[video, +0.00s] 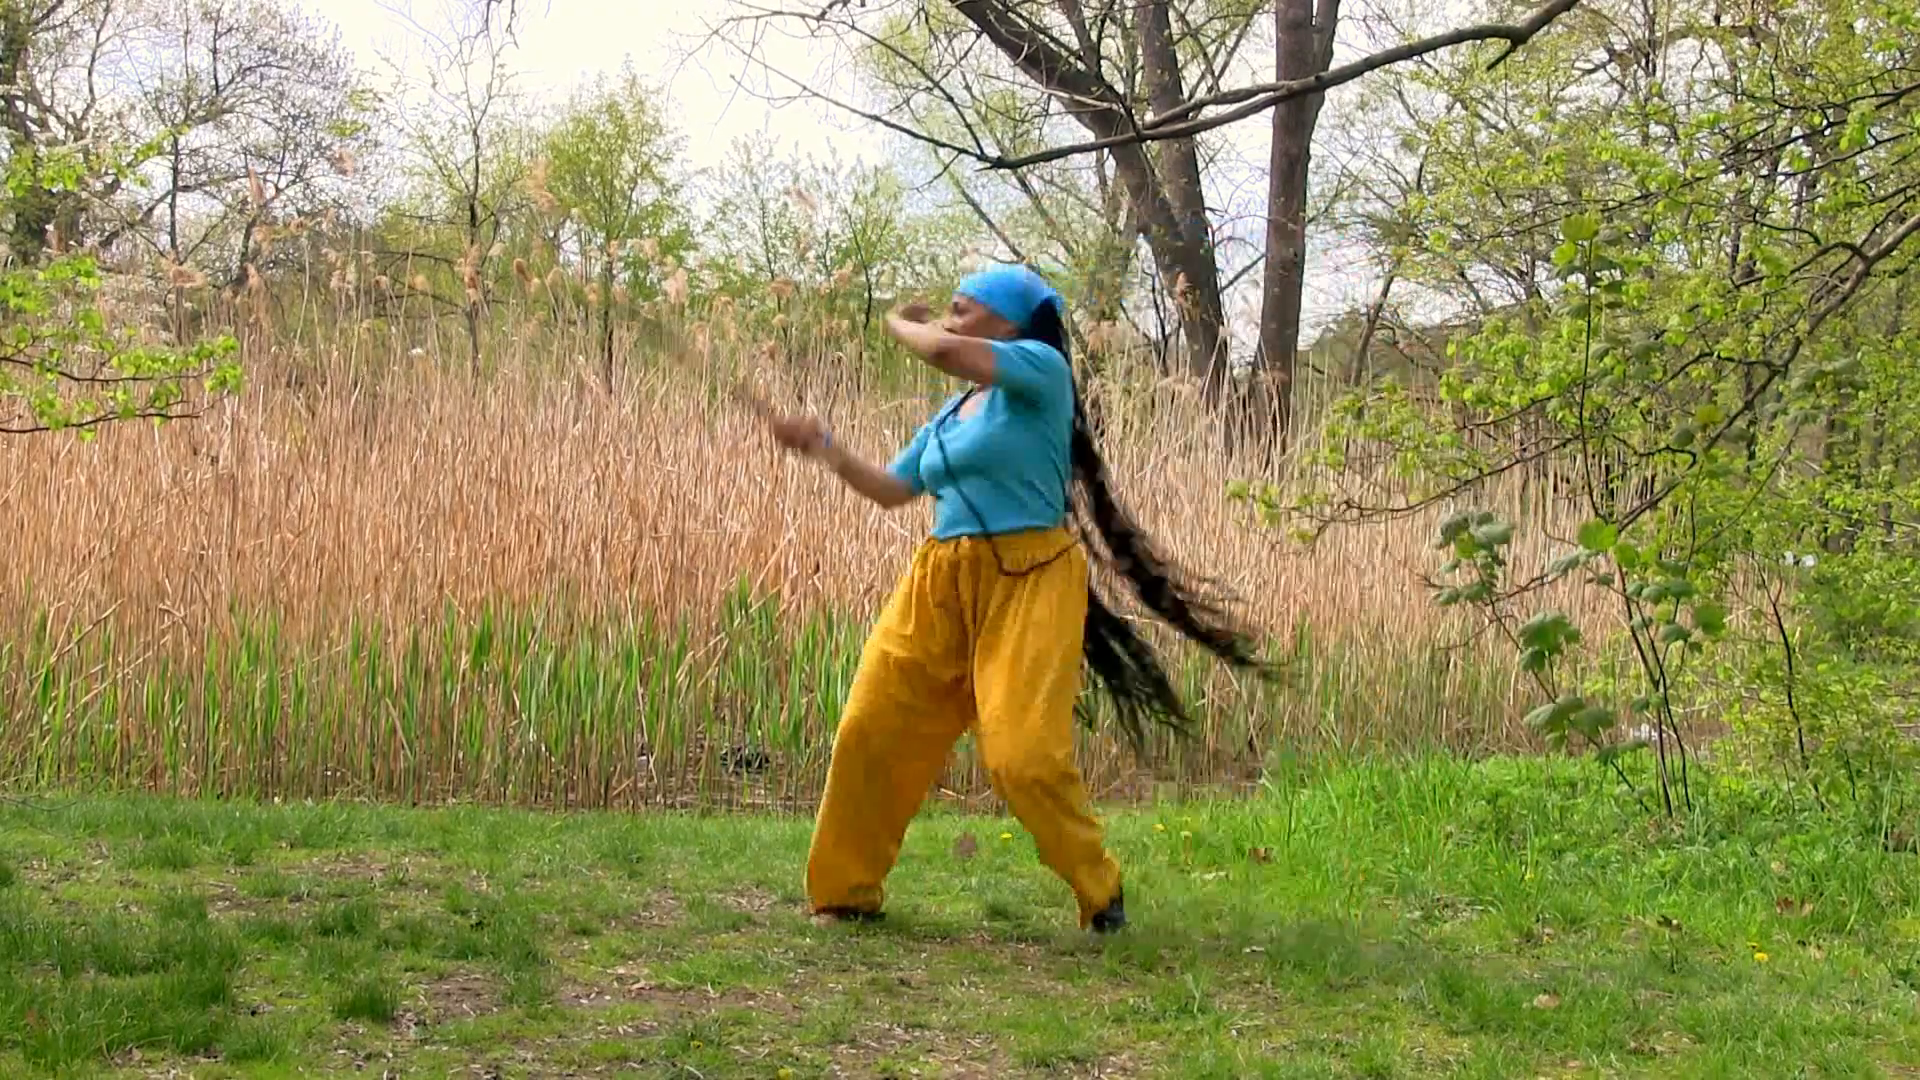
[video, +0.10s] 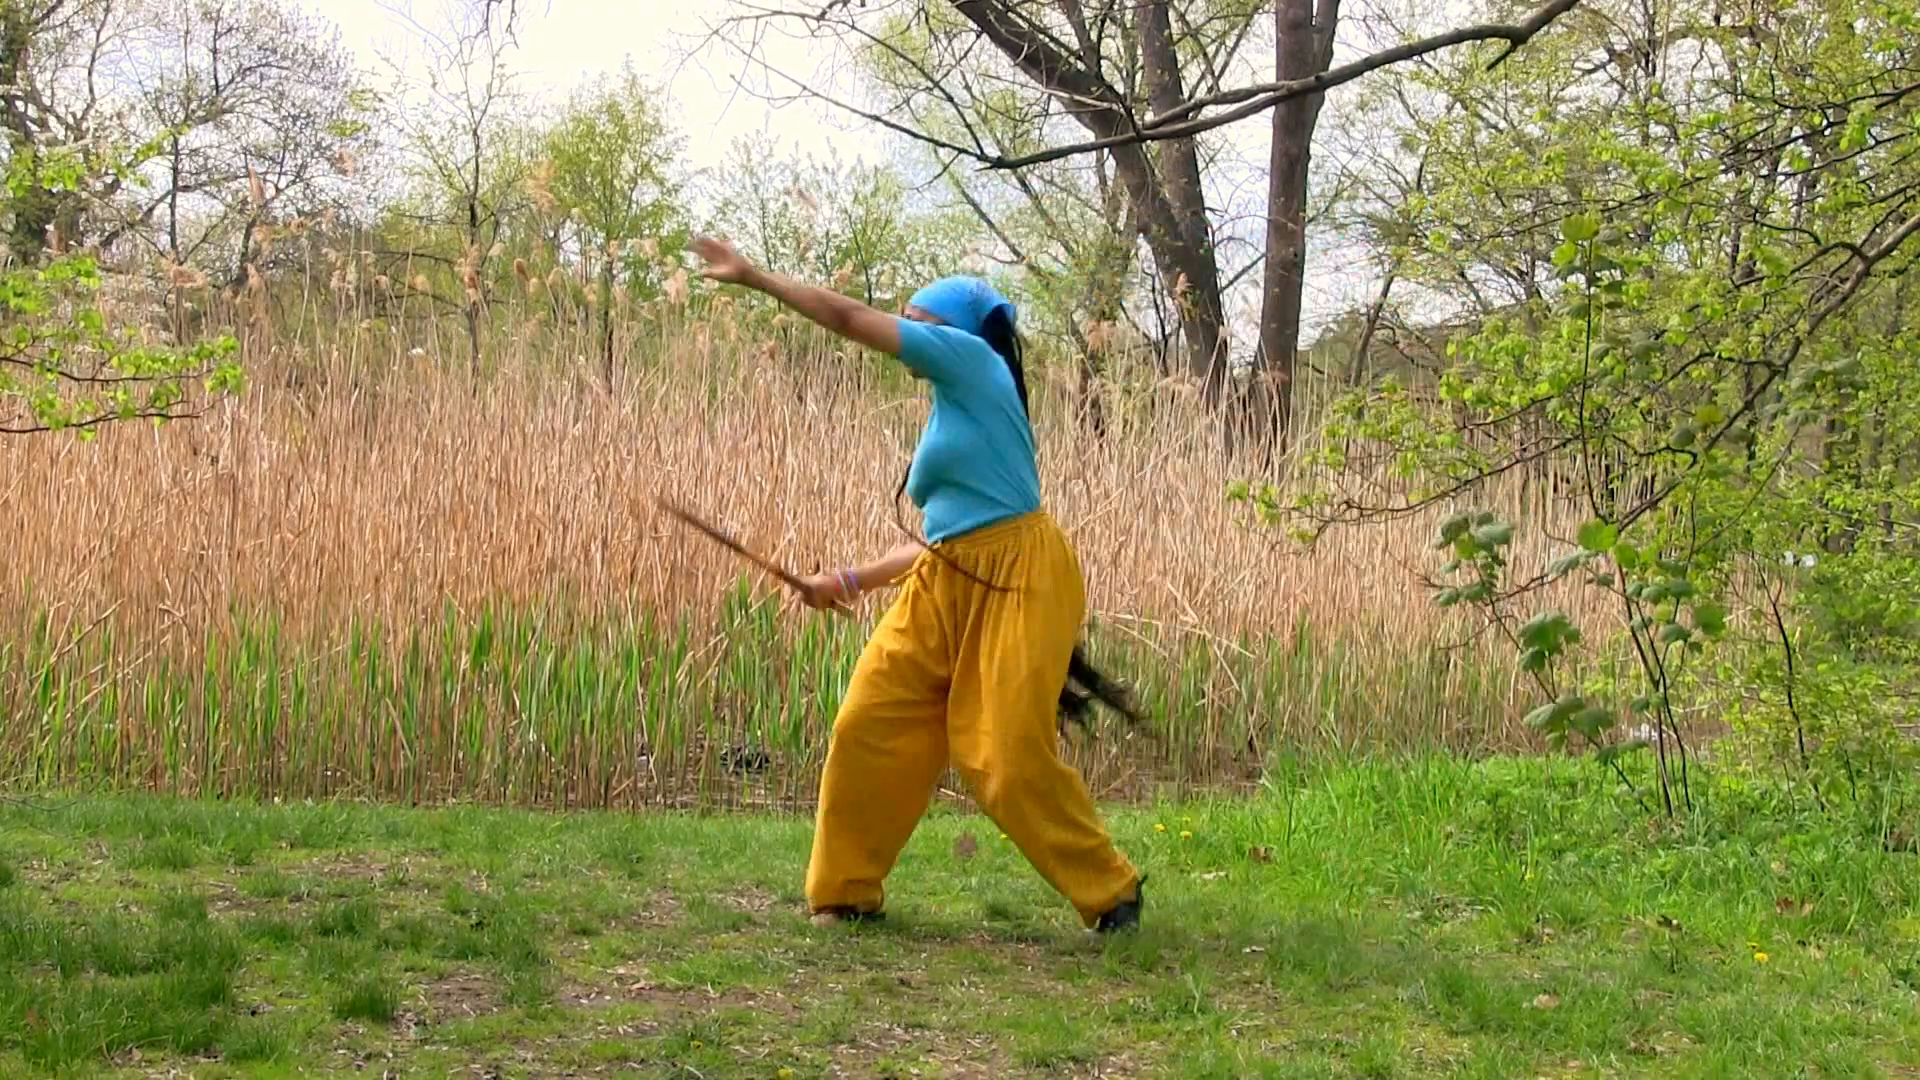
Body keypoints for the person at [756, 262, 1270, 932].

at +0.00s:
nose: (950, 319)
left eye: (967, 308)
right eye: (953, 308)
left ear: (1012, 322)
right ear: (962, 322)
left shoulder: (1042, 369)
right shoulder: (952, 415)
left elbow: (945, 349)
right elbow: (891, 489)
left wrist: (903, 325)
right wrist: (826, 448)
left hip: (1030, 578)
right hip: (941, 578)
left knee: (1021, 757)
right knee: (869, 727)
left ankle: (1099, 888)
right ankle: (850, 895)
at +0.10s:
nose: (913, 336)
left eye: (927, 325)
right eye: (915, 327)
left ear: (966, 329)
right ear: (957, 333)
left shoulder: (978, 365)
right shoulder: (950, 413)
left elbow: (849, 318)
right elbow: (934, 544)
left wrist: (753, 274)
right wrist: (849, 580)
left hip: (1020, 571)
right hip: (946, 577)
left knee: (1002, 752)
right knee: (866, 726)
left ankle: (1112, 890)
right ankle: (850, 896)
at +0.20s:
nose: (877, 360)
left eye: (888, 346)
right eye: (878, 352)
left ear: (925, 343)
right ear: (920, 351)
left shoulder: (943, 371)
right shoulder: (925, 410)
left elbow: (825, 338)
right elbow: (946, 537)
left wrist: (717, 306)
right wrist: (888, 610)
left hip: (1004, 561)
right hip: (936, 580)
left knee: (1029, 740)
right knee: (856, 733)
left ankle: (1122, 893)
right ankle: (852, 897)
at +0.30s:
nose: (864, 385)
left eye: (872, 367)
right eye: (860, 371)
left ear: (909, 353)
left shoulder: (942, 374)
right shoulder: (911, 437)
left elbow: (868, 354)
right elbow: (913, 562)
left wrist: (758, 369)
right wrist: (845, 619)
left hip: (996, 552)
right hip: (920, 582)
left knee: (1037, 731)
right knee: (857, 739)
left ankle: (1127, 892)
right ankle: (857, 897)